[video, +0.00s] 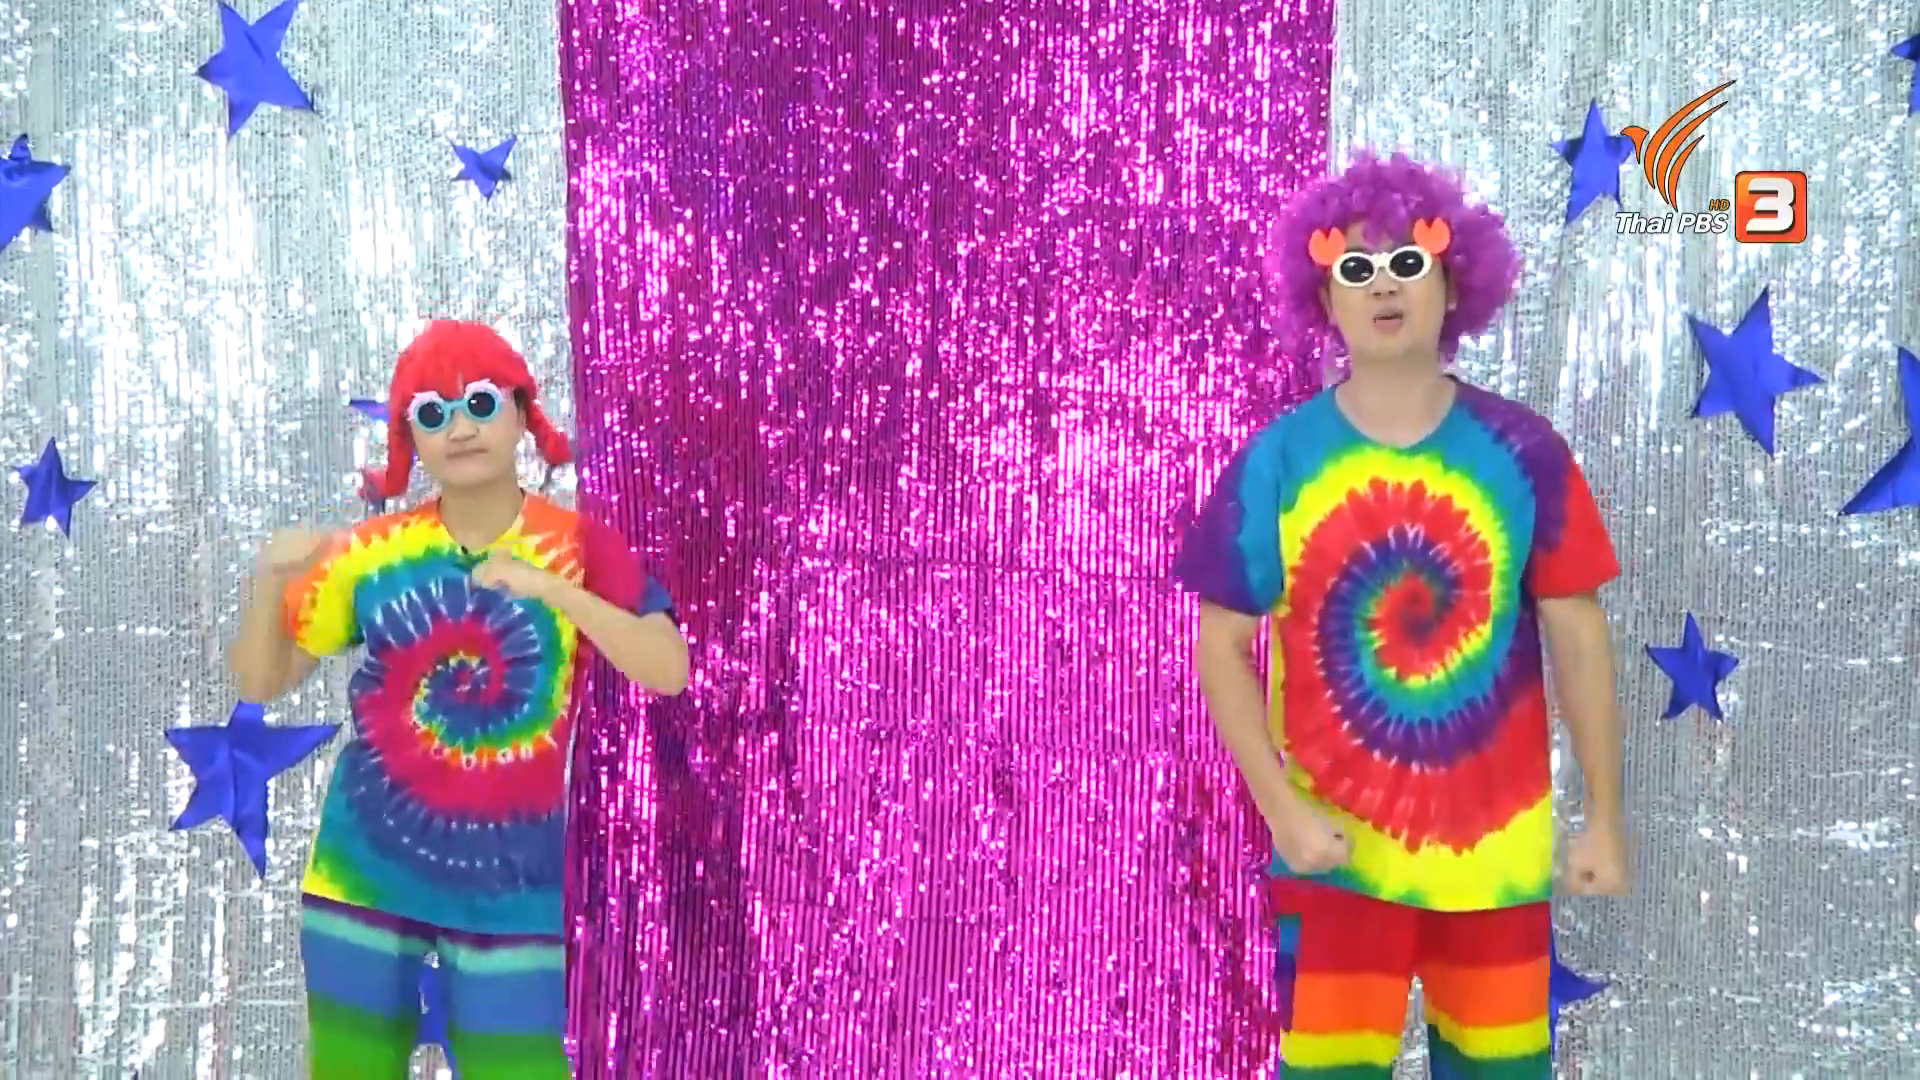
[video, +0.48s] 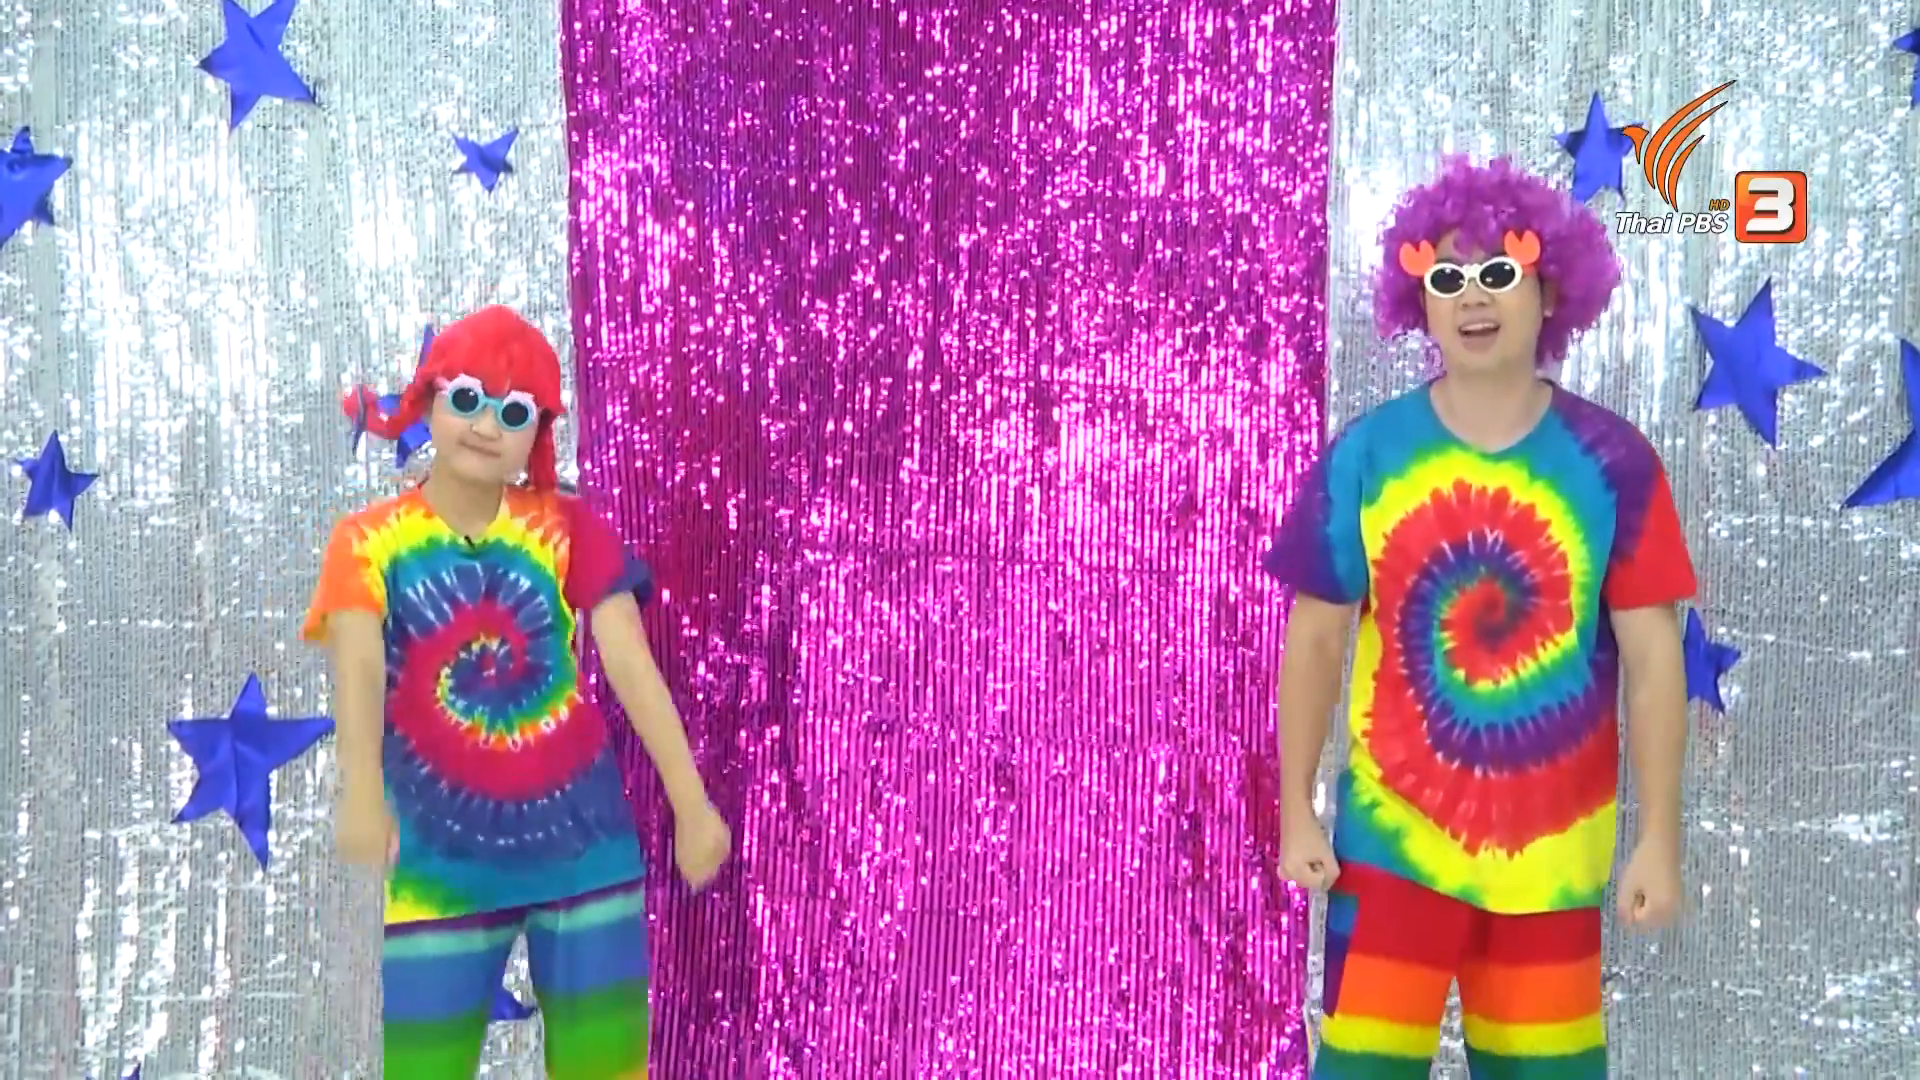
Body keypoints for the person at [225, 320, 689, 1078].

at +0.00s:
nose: (461, 426)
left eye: (483, 402)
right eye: (434, 412)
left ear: (522, 420)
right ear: (412, 441)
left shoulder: (577, 542)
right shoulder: (371, 549)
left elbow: (668, 668)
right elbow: (261, 679)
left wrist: (556, 590)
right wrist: (267, 577)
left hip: (513, 894)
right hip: (364, 885)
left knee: (518, 1068)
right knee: (350, 1067)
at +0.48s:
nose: (486, 423)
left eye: (513, 412)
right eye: (466, 398)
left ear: (537, 436)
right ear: (428, 410)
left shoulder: (572, 528)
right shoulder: (368, 539)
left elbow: (632, 668)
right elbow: (358, 679)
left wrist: (691, 804)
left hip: (587, 853)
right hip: (437, 861)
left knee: (606, 1063)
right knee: (424, 1065)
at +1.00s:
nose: (467, 413)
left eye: (489, 388)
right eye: (440, 397)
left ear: (525, 404)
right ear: (415, 422)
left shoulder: (581, 532)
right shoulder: (376, 535)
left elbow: (587, 700)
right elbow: (343, 703)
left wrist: (563, 828)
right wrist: (339, 839)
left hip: (529, 868)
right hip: (375, 866)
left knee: (546, 1067)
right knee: (358, 1066)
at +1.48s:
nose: (506, 407)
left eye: (531, 386)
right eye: (481, 386)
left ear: (563, 404)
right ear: (449, 403)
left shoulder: (598, 511)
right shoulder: (410, 521)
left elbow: (617, 692)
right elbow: (401, 680)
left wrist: (673, 614)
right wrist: (332, 625)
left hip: (594, 841)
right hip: (461, 845)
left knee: (610, 1064)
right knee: (421, 1063)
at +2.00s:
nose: (499, 396)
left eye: (522, 374)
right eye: (473, 376)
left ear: (554, 394)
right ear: (441, 395)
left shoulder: (585, 516)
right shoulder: (385, 511)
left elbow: (594, 689)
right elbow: (362, 687)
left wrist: (623, 596)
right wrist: (325, 589)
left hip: (551, 841)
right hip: (406, 846)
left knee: (587, 1064)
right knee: (397, 1065)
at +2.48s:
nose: (483, 371)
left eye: (503, 350)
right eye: (455, 352)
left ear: (527, 378)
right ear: (411, 382)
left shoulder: (563, 495)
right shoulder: (356, 507)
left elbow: (623, 648)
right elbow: (294, 676)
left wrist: (624, 563)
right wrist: (324, 603)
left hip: (543, 829)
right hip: (399, 835)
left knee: (573, 1056)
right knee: (383, 1058)